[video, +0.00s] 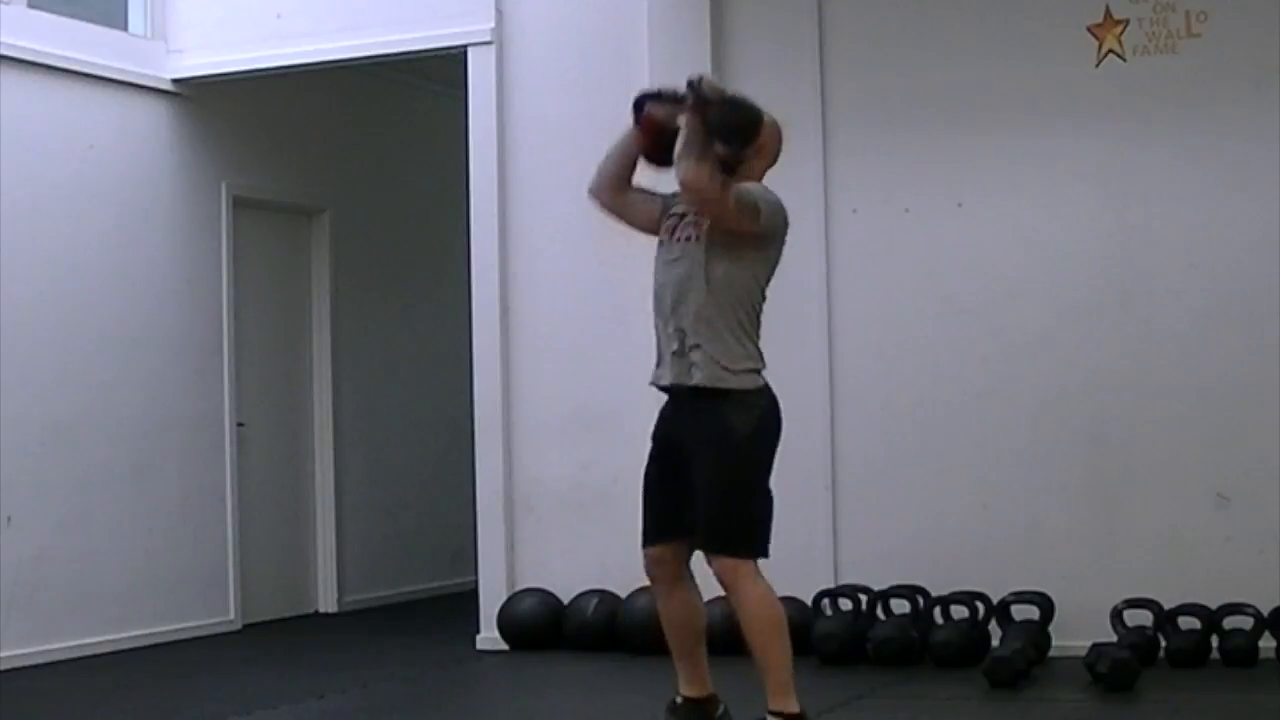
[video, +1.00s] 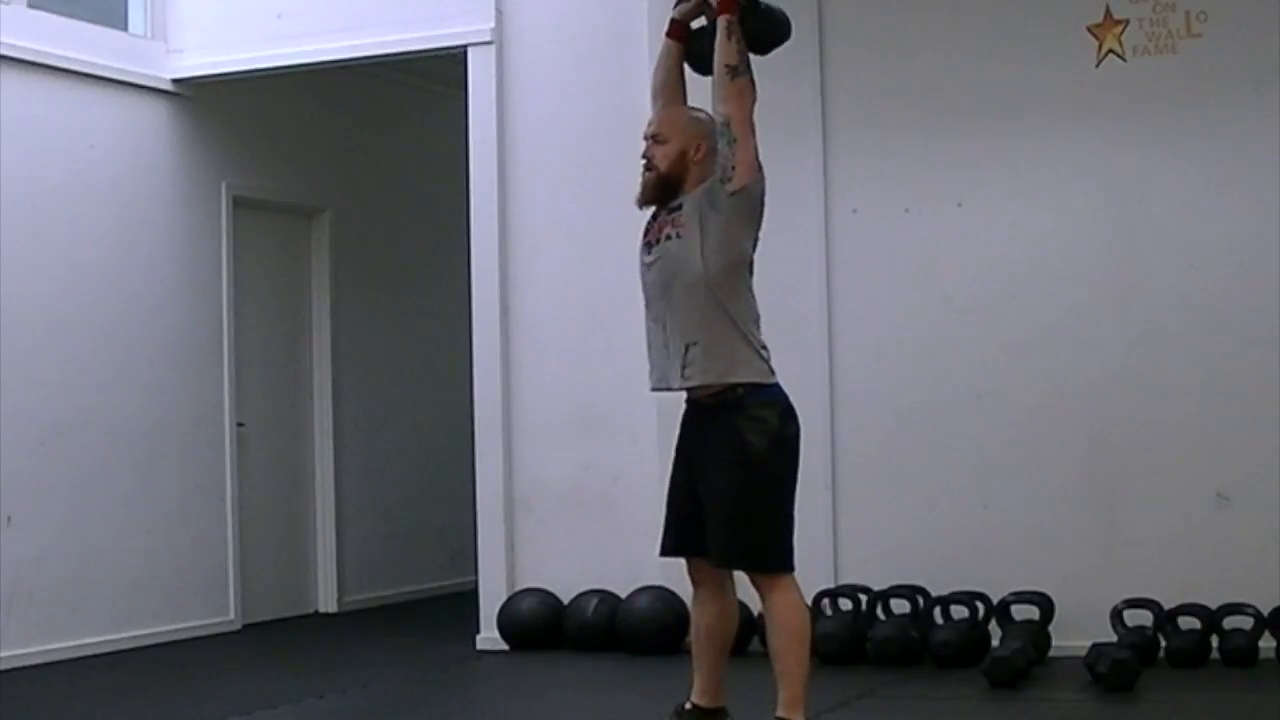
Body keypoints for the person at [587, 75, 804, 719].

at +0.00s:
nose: (681, 155)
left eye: (690, 144)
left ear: (720, 150)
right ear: (737, 148)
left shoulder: (765, 212)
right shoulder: (678, 213)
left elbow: (698, 192)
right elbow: (610, 190)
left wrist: (692, 125)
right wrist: (640, 131)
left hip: (739, 410)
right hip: (682, 409)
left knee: (732, 561)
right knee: (664, 560)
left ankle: (785, 709)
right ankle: (695, 699)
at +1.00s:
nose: (647, 150)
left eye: (659, 139)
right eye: (649, 138)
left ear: (698, 148)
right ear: (669, 149)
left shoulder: (729, 200)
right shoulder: (667, 209)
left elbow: (737, 101)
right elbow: (662, 107)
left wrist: (731, 22)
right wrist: (677, 28)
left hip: (753, 411)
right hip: (703, 414)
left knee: (769, 572)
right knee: (704, 567)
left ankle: (792, 711)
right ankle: (706, 705)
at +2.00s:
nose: (710, 149)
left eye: (724, 138)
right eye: (712, 139)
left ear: (762, 152)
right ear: (747, 154)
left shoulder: (787, 224)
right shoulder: (710, 238)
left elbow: (778, 310)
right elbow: (673, 324)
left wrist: (690, 291)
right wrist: (618, 297)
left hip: (774, 421)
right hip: (719, 423)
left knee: (768, 568)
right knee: (698, 560)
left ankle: (792, 712)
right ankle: (704, 704)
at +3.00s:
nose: (682, 186)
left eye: (694, 176)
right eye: (684, 177)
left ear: (733, 186)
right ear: (718, 189)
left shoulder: (768, 269)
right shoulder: (697, 276)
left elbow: (751, 381)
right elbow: (688, 371)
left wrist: (712, 464)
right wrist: (672, 452)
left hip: (788, 446)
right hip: (729, 449)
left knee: (747, 572)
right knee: (669, 568)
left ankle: (789, 712)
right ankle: (701, 704)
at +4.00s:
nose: (736, 127)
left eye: (754, 125)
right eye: (740, 122)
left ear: (778, 160)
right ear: (730, 149)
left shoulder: (782, 222)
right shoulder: (700, 217)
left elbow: (706, 239)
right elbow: (623, 242)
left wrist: (708, 169)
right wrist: (649, 179)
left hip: (736, 407)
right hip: (680, 405)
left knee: (732, 560)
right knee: (666, 558)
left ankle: (783, 708)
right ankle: (695, 698)